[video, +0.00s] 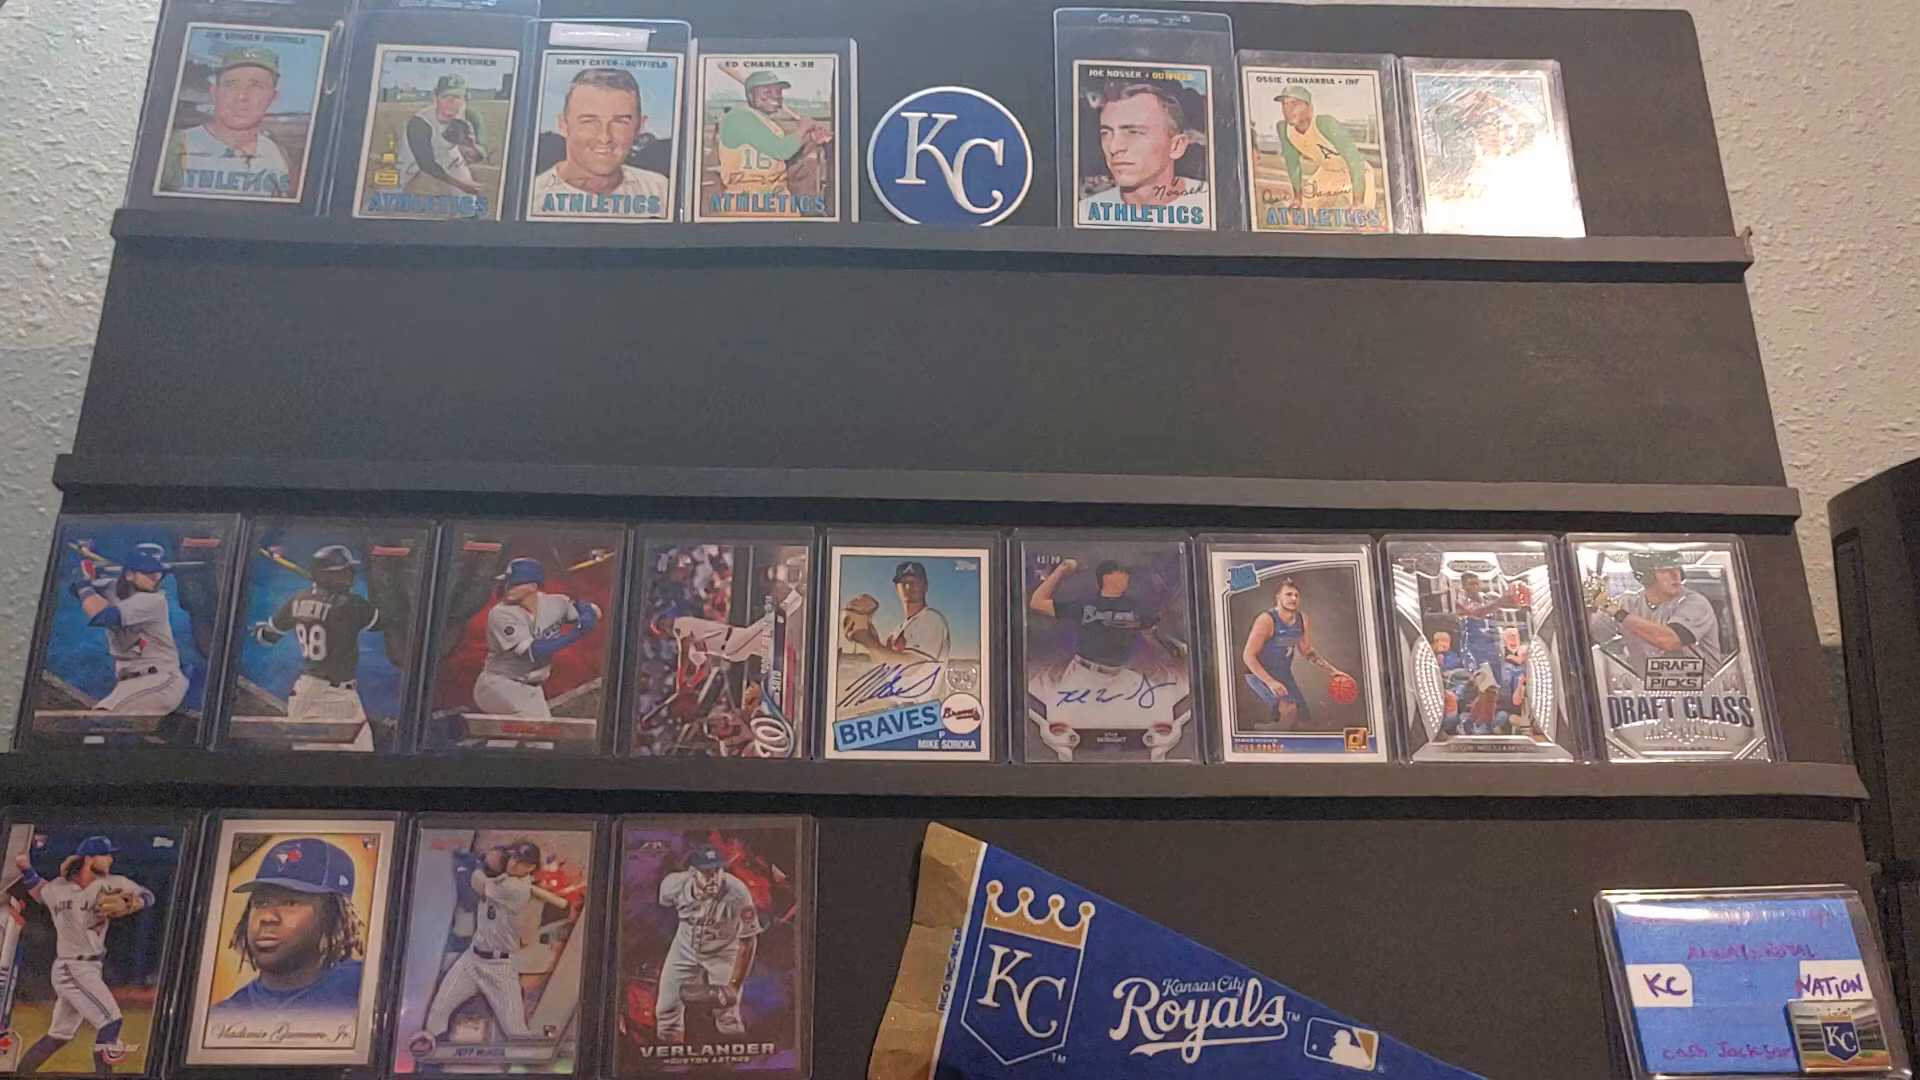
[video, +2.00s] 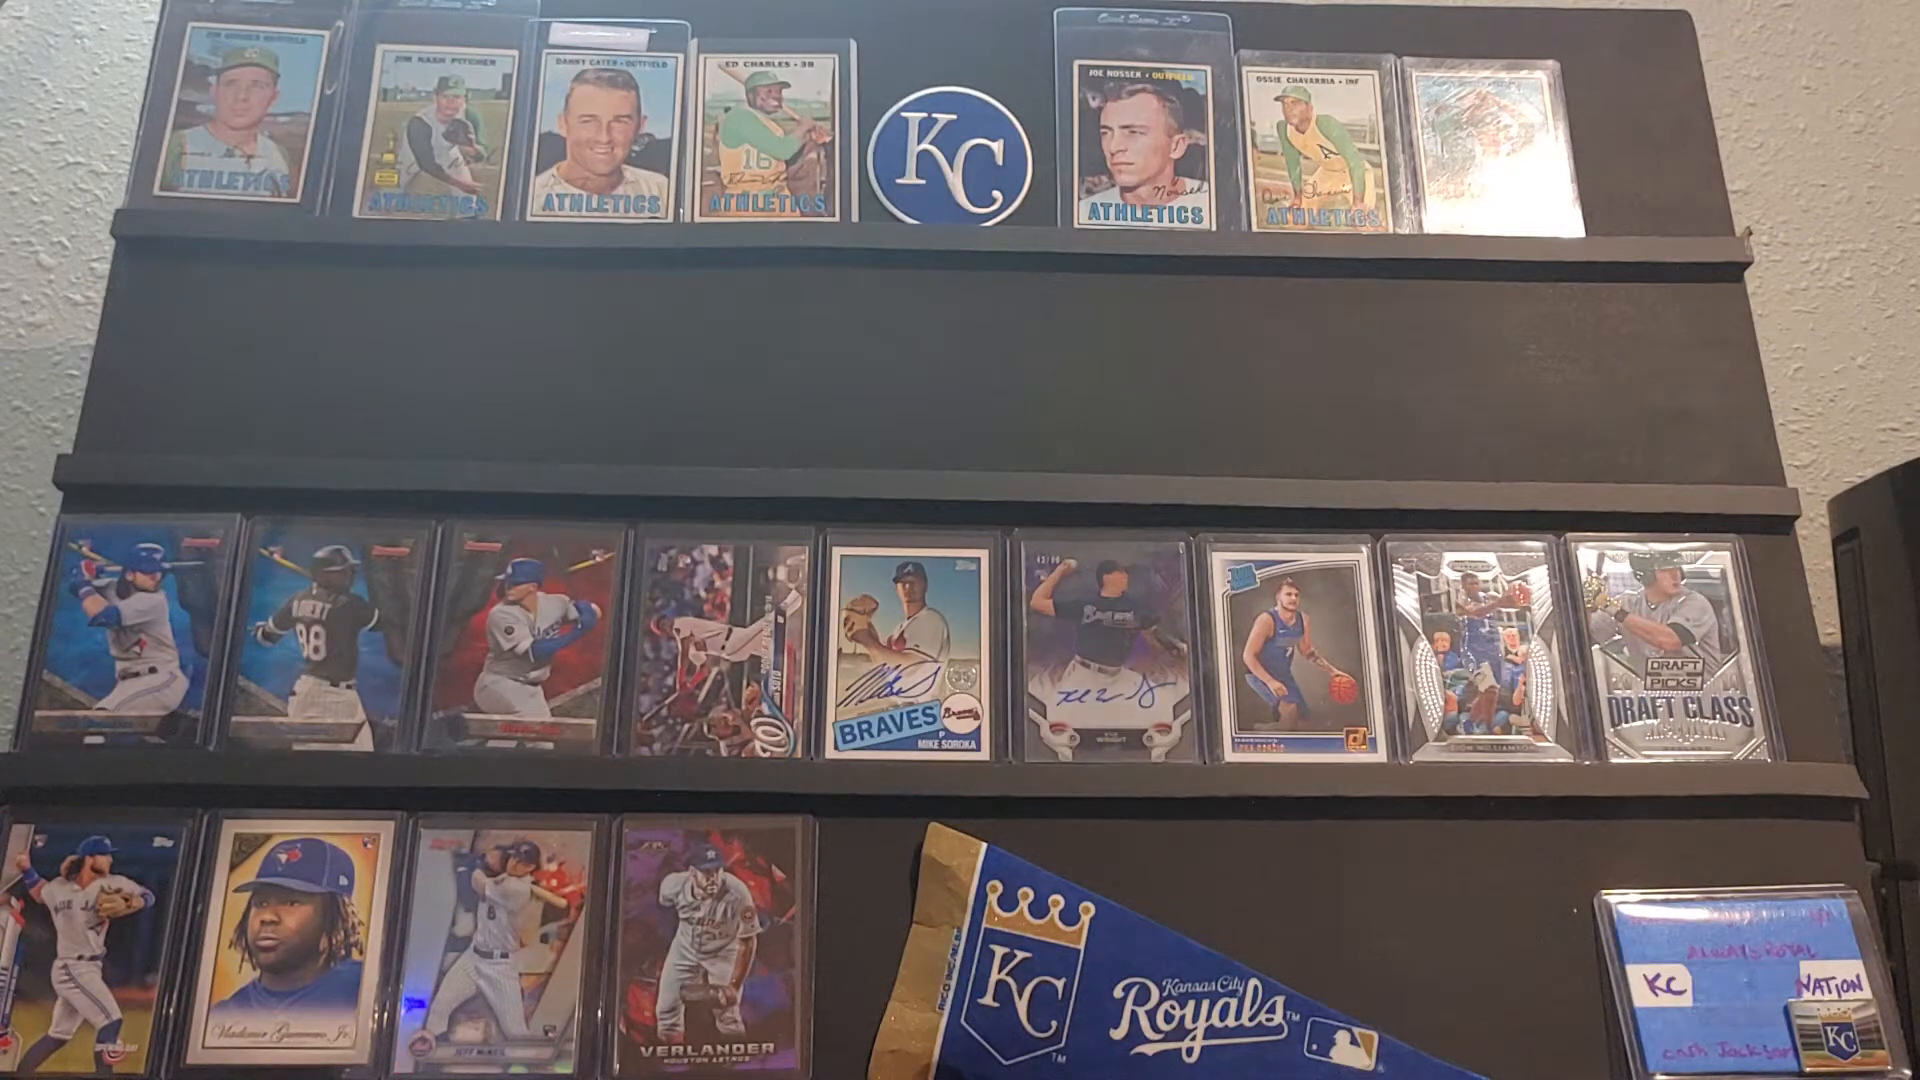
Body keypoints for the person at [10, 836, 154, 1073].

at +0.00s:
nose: (110, 859)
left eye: (109, 855)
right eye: (104, 855)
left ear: (100, 860)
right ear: (88, 859)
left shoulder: (112, 884)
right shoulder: (57, 889)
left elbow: (148, 896)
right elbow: (39, 890)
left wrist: (133, 904)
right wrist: (26, 869)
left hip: (90, 969)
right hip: (70, 969)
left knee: (59, 1035)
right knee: (111, 1020)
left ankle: (20, 1072)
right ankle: (104, 1074)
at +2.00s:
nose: (110, 860)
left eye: (109, 855)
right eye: (105, 855)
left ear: (97, 861)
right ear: (89, 859)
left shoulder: (112, 884)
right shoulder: (58, 888)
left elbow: (148, 896)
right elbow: (39, 892)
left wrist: (133, 904)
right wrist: (27, 869)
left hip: (91, 968)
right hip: (70, 969)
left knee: (58, 1036)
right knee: (110, 1020)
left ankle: (20, 1073)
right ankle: (104, 1074)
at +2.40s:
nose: (110, 860)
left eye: (110, 855)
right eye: (105, 855)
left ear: (97, 861)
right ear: (89, 859)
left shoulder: (111, 884)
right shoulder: (58, 888)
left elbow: (148, 896)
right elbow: (39, 891)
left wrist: (132, 904)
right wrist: (27, 869)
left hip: (90, 968)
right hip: (70, 969)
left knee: (58, 1036)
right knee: (111, 1020)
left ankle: (20, 1073)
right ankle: (104, 1074)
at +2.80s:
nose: (110, 859)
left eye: (110, 855)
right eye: (105, 855)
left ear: (99, 861)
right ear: (89, 859)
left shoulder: (111, 884)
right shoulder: (58, 888)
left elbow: (148, 896)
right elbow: (39, 892)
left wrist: (131, 904)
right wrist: (27, 869)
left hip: (90, 969)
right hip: (71, 969)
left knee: (59, 1035)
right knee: (111, 1020)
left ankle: (19, 1073)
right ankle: (104, 1074)